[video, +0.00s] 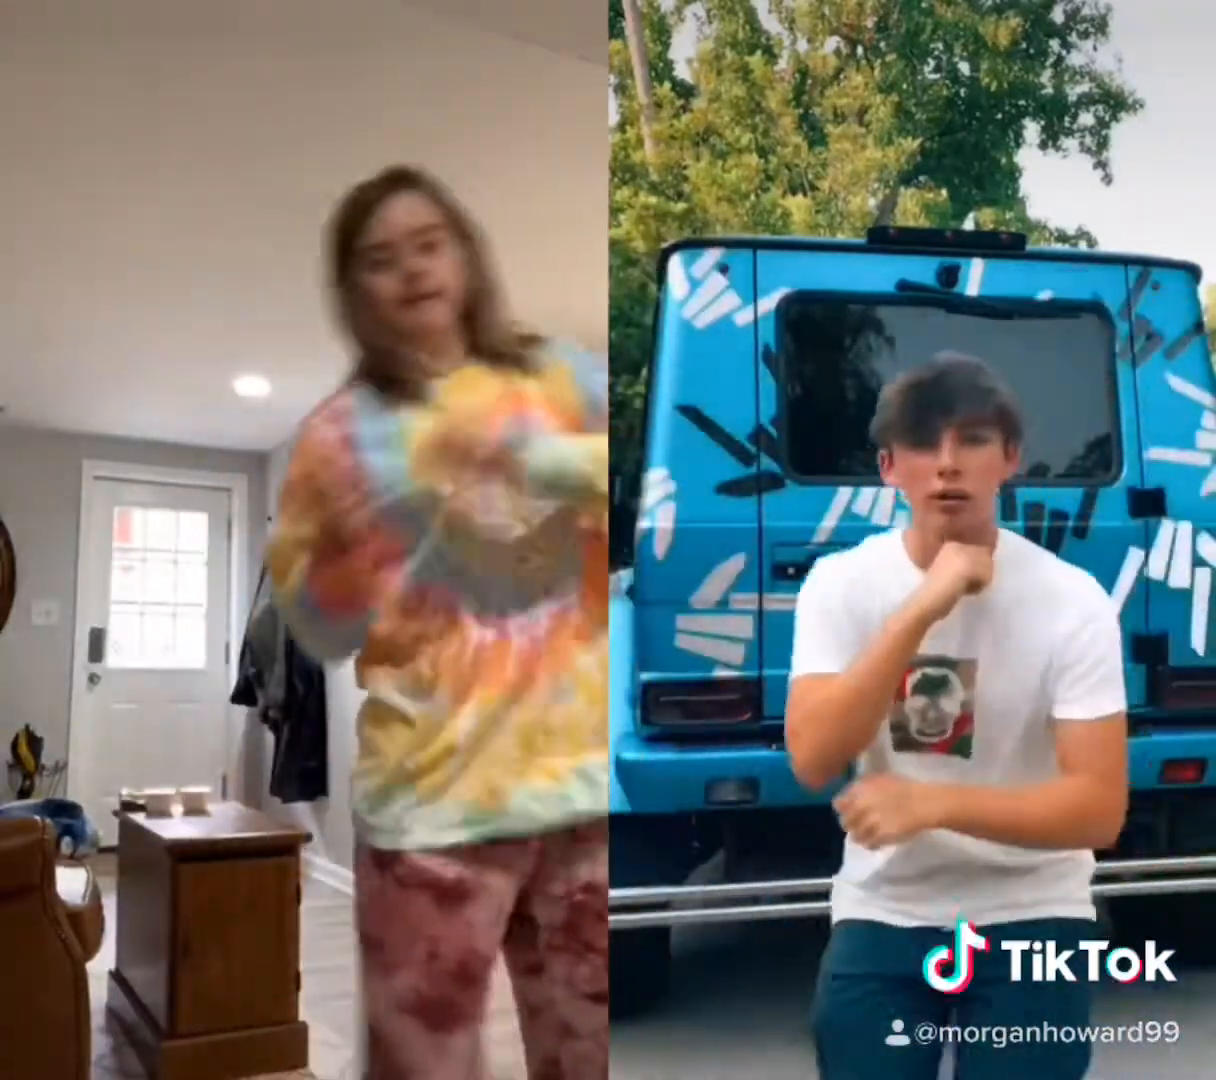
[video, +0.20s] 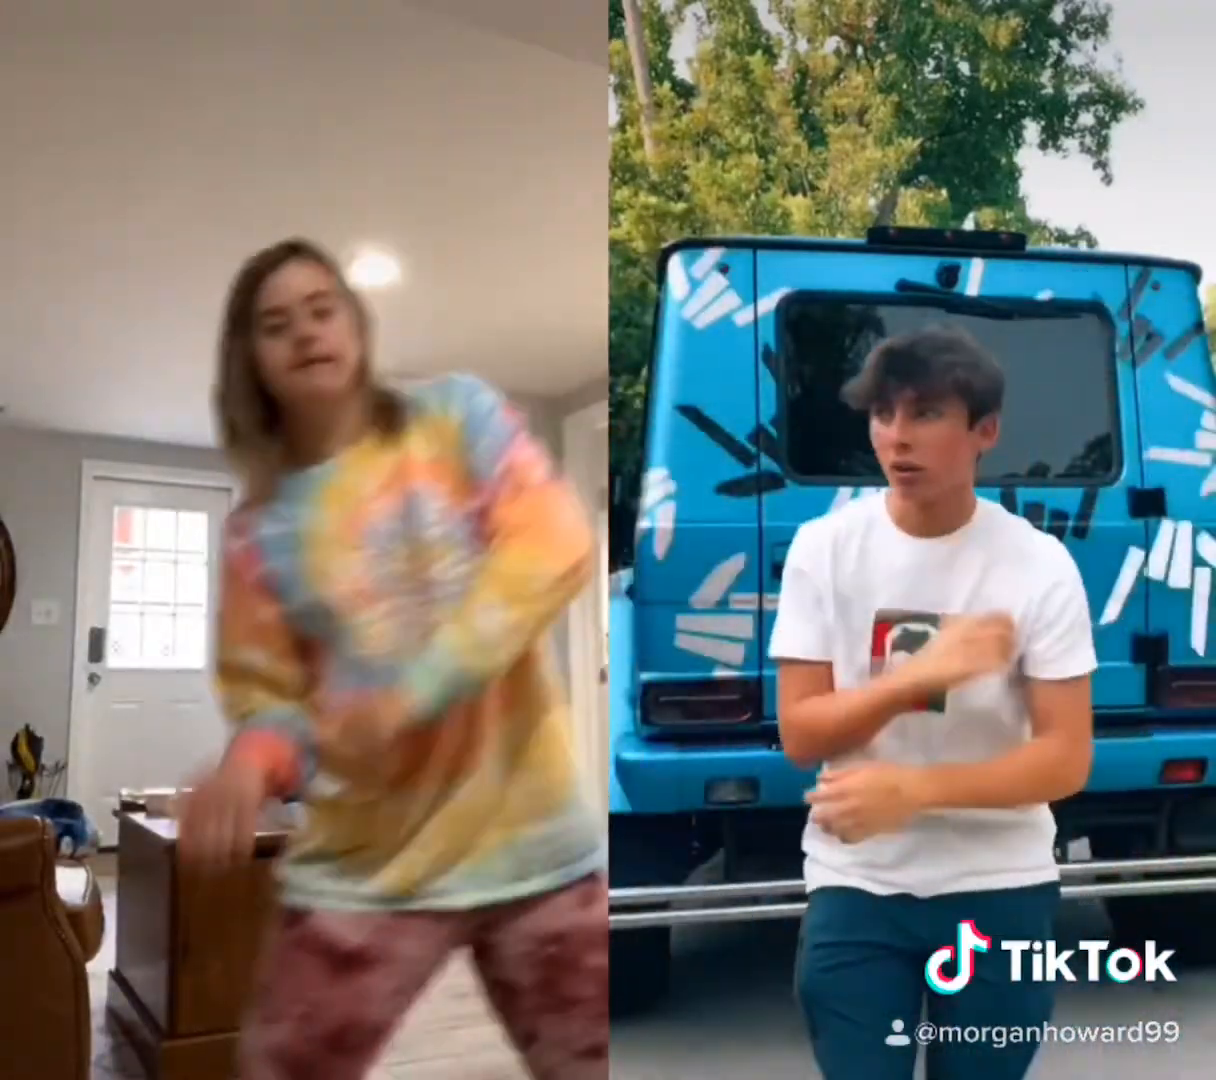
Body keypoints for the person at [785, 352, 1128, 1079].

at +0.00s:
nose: (949, 464)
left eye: (973, 440)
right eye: (925, 443)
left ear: (1010, 460)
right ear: (890, 468)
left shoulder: (1071, 603)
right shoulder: (839, 584)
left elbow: (1099, 809)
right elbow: (813, 762)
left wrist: (933, 803)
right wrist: (922, 608)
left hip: (1035, 912)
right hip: (884, 910)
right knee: (859, 1047)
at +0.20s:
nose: (897, 437)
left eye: (924, 415)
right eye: (885, 414)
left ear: (983, 432)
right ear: (868, 425)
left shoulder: (1038, 566)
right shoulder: (826, 548)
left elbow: (1066, 760)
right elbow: (801, 738)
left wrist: (913, 790)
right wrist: (917, 675)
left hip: (999, 887)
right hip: (857, 883)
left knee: (980, 1068)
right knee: (860, 1065)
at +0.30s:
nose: (873, 456)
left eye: (900, 435)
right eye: (871, 434)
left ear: (968, 458)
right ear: (861, 447)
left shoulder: (1037, 592)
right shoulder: (821, 577)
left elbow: (1108, 747)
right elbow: (796, 718)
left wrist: (1008, 823)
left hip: (990, 902)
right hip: (847, 890)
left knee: (974, 1065)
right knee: (827, 1065)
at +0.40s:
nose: (866, 459)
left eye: (895, 439)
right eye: (866, 439)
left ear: (961, 463)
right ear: (859, 452)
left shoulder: (1032, 583)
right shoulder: (812, 572)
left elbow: (1108, 700)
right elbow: (770, 679)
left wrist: (1113, 761)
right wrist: (690, 734)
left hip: (982, 878)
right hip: (843, 871)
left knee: (978, 1068)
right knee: (812, 1065)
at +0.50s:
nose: (850, 428)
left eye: (876, 409)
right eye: (849, 408)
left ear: (943, 430)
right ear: (848, 418)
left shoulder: (1016, 546)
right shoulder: (805, 534)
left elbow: (1067, 676)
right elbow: (765, 651)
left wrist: (1116, 716)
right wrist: (645, 667)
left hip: (971, 854)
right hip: (833, 849)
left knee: (963, 1063)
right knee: (816, 1059)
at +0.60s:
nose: (834, 412)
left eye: (859, 397)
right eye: (836, 394)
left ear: (924, 417)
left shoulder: (996, 528)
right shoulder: (798, 516)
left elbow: (1016, 671)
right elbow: (767, 669)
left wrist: (1036, 695)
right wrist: (664, 651)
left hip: (958, 838)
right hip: (824, 841)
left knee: (955, 1061)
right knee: (824, 1063)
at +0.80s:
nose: (869, 452)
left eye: (889, 437)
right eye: (851, 436)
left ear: (918, 458)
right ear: (824, 457)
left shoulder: (964, 571)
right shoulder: (779, 574)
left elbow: (960, 719)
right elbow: (751, 710)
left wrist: (856, 613)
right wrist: (859, 624)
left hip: (938, 851)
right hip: (812, 862)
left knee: (951, 1058)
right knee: (828, 1068)